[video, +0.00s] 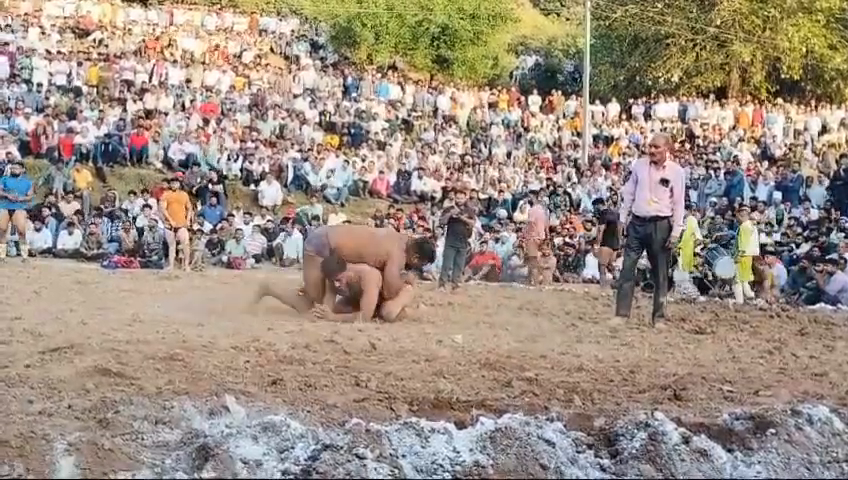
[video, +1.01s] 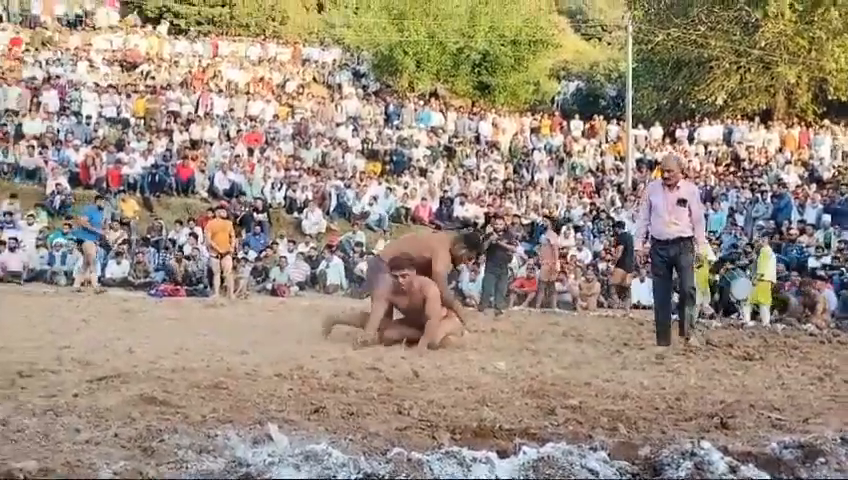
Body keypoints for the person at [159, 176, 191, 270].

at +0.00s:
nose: (174, 185)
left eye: (176, 182)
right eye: (172, 183)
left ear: (179, 184)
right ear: (169, 184)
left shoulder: (184, 195)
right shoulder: (165, 195)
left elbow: (189, 208)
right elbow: (163, 209)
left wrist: (188, 220)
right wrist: (170, 220)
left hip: (182, 224)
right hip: (169, 224)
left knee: (186, 244)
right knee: (171, 245)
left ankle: (186, 265)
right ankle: (170, 265)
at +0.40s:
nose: (183, 187)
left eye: (184, 185)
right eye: (180, 185)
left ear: (186, 186)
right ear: (176, 186)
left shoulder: (191, 198)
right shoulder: (172, 198)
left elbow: (195, 213)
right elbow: (172, 213)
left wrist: (195, 225)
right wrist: (180, 225)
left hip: (188, 228)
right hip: (176, 228)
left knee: (190, 249)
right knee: (177, 249)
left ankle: (191, 269)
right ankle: (176, 268)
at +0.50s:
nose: (191, 190)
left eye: (192, 188)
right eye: (188, 188)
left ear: (194, 189)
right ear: (184, 190)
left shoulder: (199, 202)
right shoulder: (180, 202)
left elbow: (203, 216)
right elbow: (179, 217)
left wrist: (202, 228)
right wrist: (188, 228)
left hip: (196, 231)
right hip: (184, 231)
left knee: (197, 252)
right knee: (185, 252)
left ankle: (199, 271)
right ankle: (185, 271)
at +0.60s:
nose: (204, 196)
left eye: (205, 194)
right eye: (201, 194)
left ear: (208, 195)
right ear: (198, 195)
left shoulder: (211, 207)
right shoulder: (193, 207)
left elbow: (215, 221)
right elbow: (192, 222)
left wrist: (215, 233)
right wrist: (200, 233)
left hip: (209, 236)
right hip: (197, 236)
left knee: (210, 257)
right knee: (198, 256)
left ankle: (212, 276)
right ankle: (198, 276)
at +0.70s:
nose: (218, 202)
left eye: (219, 199)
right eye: (215, 199)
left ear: (221, 201)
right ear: (211, 201)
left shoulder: (225, 213)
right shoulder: (207, 212)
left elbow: (229, 227)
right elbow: (206, 227)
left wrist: (229, 238)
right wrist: (214, 238)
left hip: (223, 241)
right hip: (211, 241)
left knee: (224, 262)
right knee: (212, 262)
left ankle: (226, 282)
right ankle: (212, 281)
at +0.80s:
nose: (231, 206)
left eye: (232, 204)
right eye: (229, 204)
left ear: (234, 205)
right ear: (224, 206)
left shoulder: (237, 217)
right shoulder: (219, 217)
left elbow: (241, 230)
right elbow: (218, 233)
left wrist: (240, 242)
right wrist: (227, 243)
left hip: (235, 246)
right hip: (223, 246)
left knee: (236, 268)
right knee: (224, 268)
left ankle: (238, 287)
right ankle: (224, 287)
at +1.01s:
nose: (223, 212)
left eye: (224, 210)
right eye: (221, 210)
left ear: (226, 212)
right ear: (216, 212)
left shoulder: (229, 223)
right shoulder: (210, 224)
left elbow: (232, 236)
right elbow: (208, 239)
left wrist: (232, 247)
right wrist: (217, 249)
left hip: (227, 252)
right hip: (214, 252)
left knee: (228, 273)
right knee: (216, 274)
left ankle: (230, 294)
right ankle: (216, 293)